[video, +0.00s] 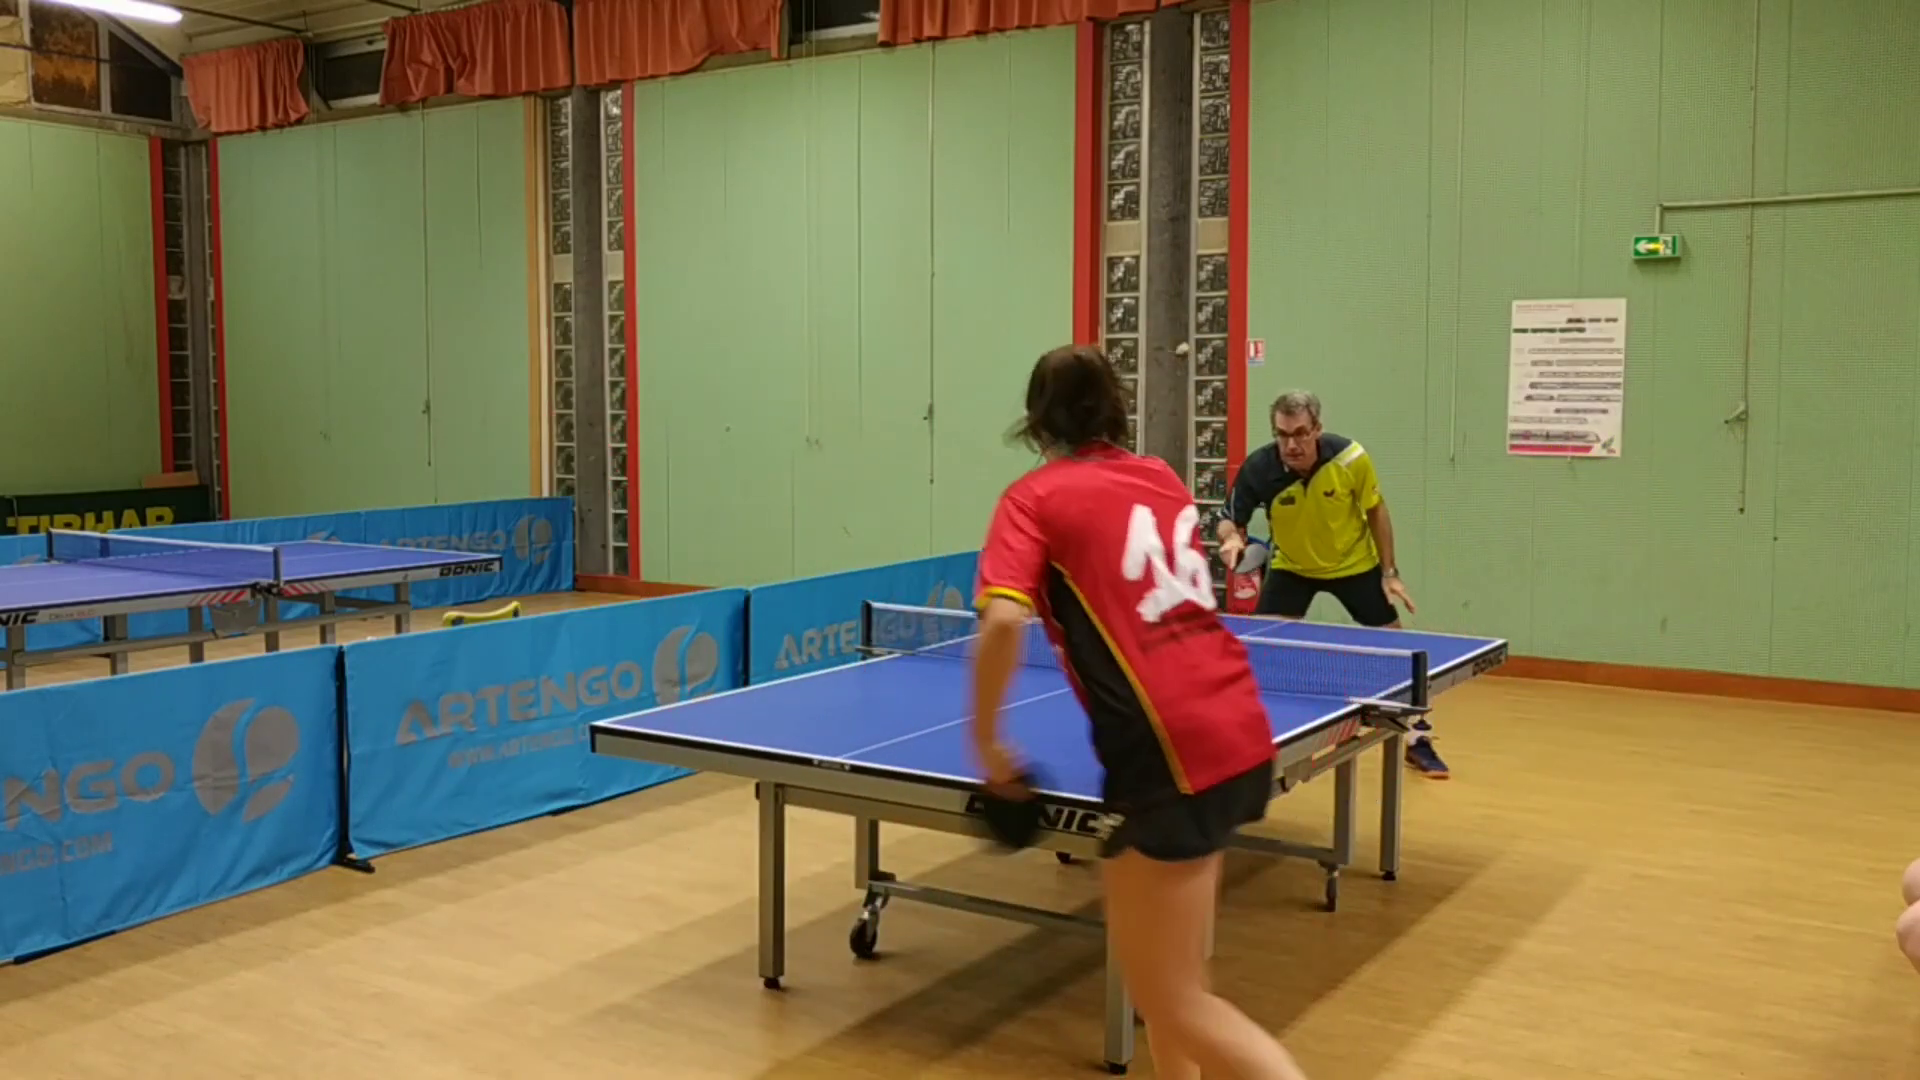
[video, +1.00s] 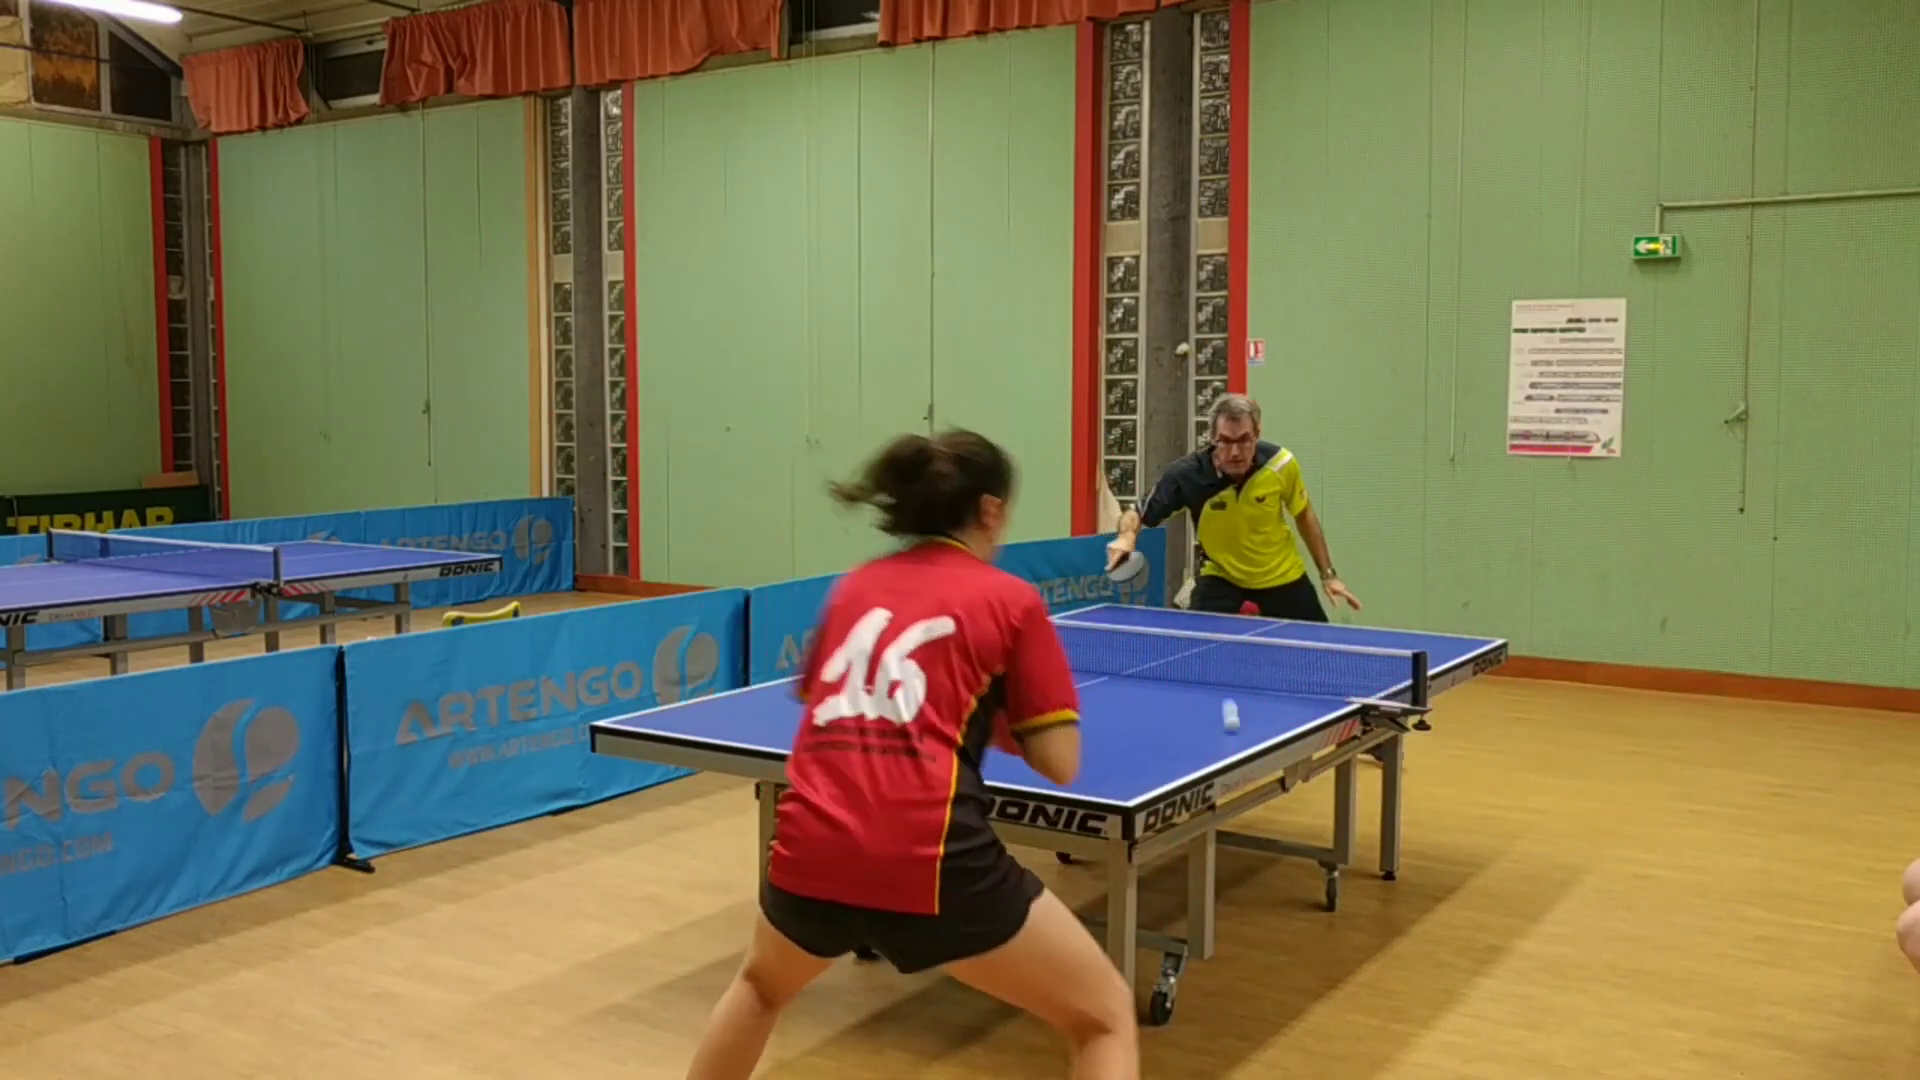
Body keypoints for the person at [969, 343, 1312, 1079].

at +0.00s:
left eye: (1037, 410)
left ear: (1039, 418)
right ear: (1117, 409)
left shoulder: (1034, 498)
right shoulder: (1159, 476)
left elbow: (1005, 621)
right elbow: (1197, 596)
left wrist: (988, 741)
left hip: (1170, 768)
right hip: (1243, 746)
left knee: (1175, 1006)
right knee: (1172, 985)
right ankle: (1176, 1067)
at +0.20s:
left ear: (982, 396)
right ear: (1060, 393)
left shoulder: (965, 475)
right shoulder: (1101, 463)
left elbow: (866, 581)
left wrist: (747, 663)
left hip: (1058, 738)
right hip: (1152, 728)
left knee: (957, 923)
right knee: (1125, 939)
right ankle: (1172, 1072)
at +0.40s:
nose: (970, 427)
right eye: (969, 417)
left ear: (888, 430)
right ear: (964, 429)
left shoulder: (853, 515)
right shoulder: (1015, 508)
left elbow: (754, 623)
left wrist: (663, 648)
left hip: (908, 780)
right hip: (1020, 775)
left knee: (787, 965)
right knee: (1062, 968)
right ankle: (1147, 1073)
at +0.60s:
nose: (891, 460)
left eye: (885, 449)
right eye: (889, 450)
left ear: (796, 461)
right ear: (878, 458)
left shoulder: (754, 550)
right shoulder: (924, 539)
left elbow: (673, 673)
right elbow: (976, 662)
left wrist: (709, 689)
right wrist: (894, 639)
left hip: (784, 804)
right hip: (907, 797)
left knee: (731, 972)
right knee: (1017, 977)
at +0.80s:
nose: (889, 456)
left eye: (885, 445)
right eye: (887, 446)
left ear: (796, 455)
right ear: (876, 454)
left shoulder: (747, 551)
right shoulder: (926, 538)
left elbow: (682, 686)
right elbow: (999, 669)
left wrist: (755, 674)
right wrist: (917, 638)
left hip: (787, 811)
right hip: (913, 806)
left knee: (726, 975)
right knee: (1030, 998)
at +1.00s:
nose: (1008, 516)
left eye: (1009, 502)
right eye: (1008, 502)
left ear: (915, 503)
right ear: (989, 508)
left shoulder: (855, 584)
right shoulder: (1010, 599)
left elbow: (819, 698)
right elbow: (1060, 762)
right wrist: (988, 708)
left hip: (810, 865)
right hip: (934, 869)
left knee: (756, 990)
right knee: (1103, 1019)